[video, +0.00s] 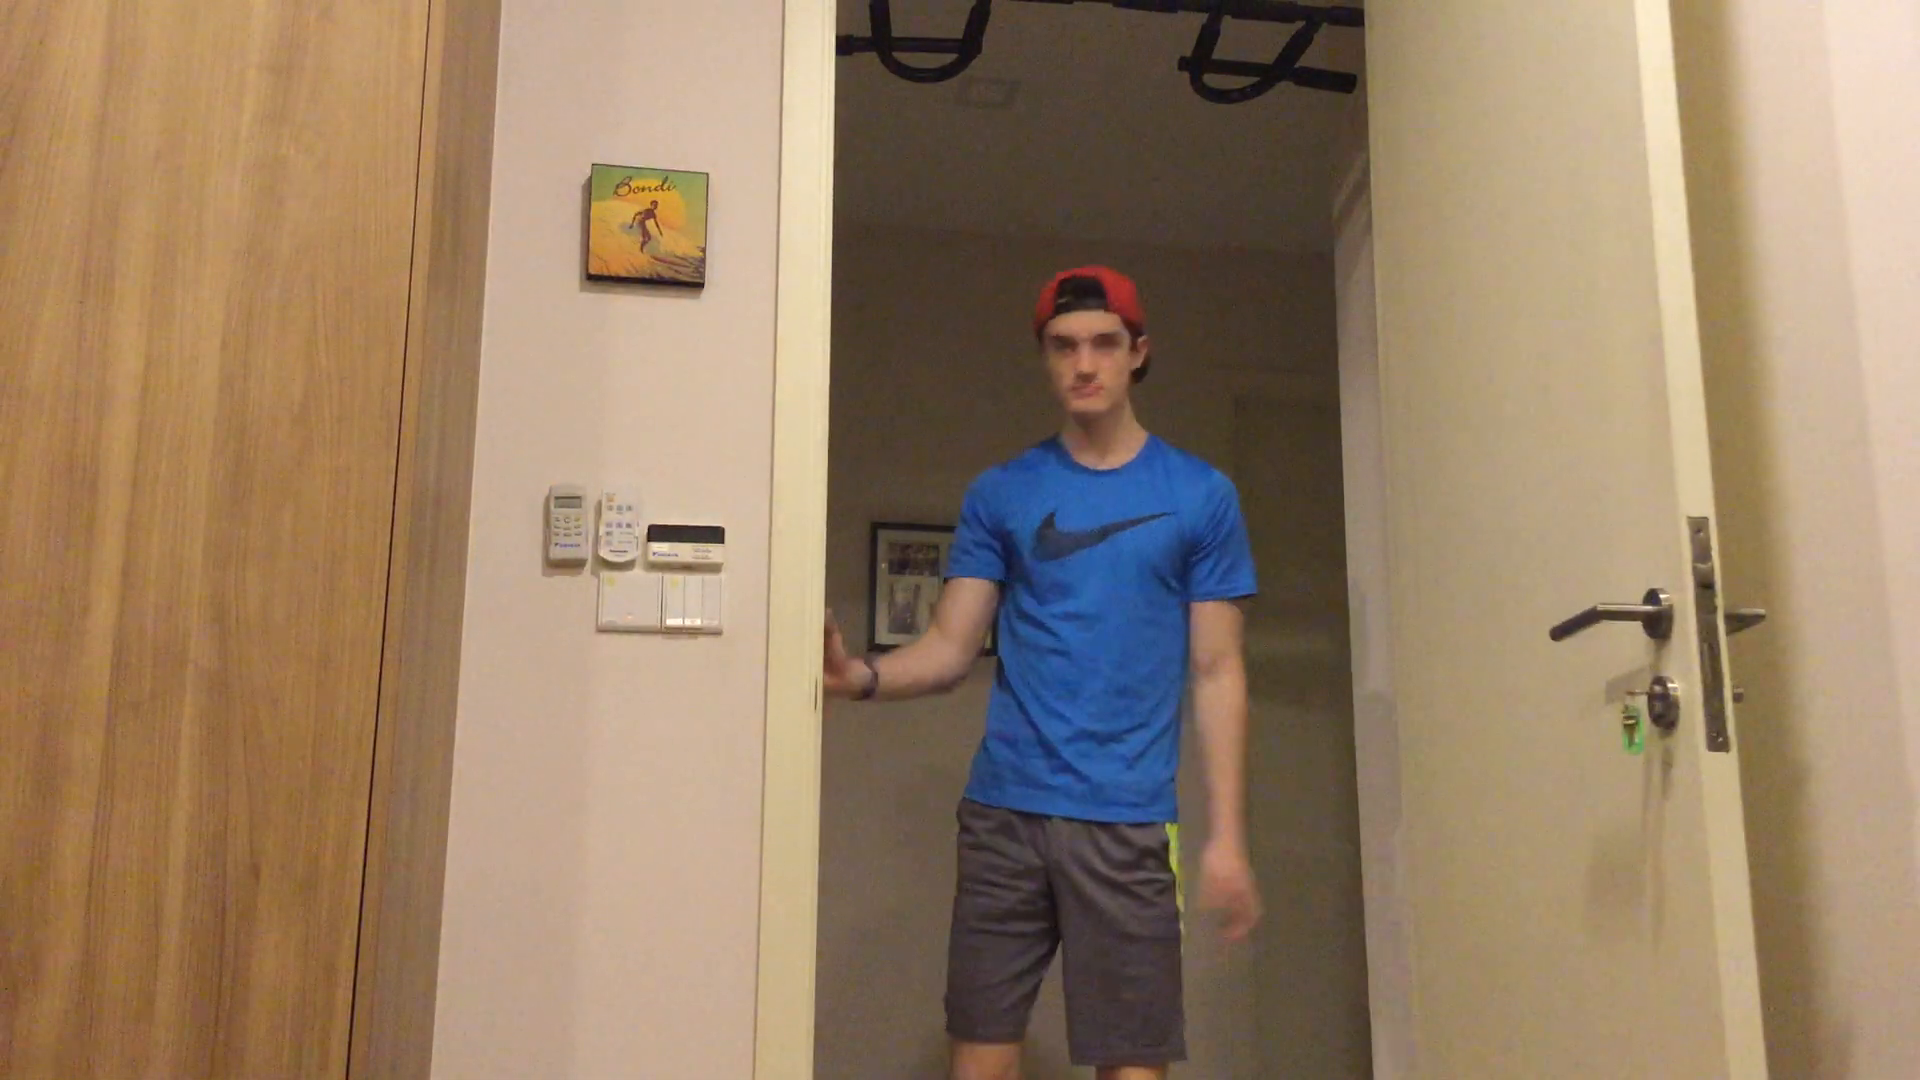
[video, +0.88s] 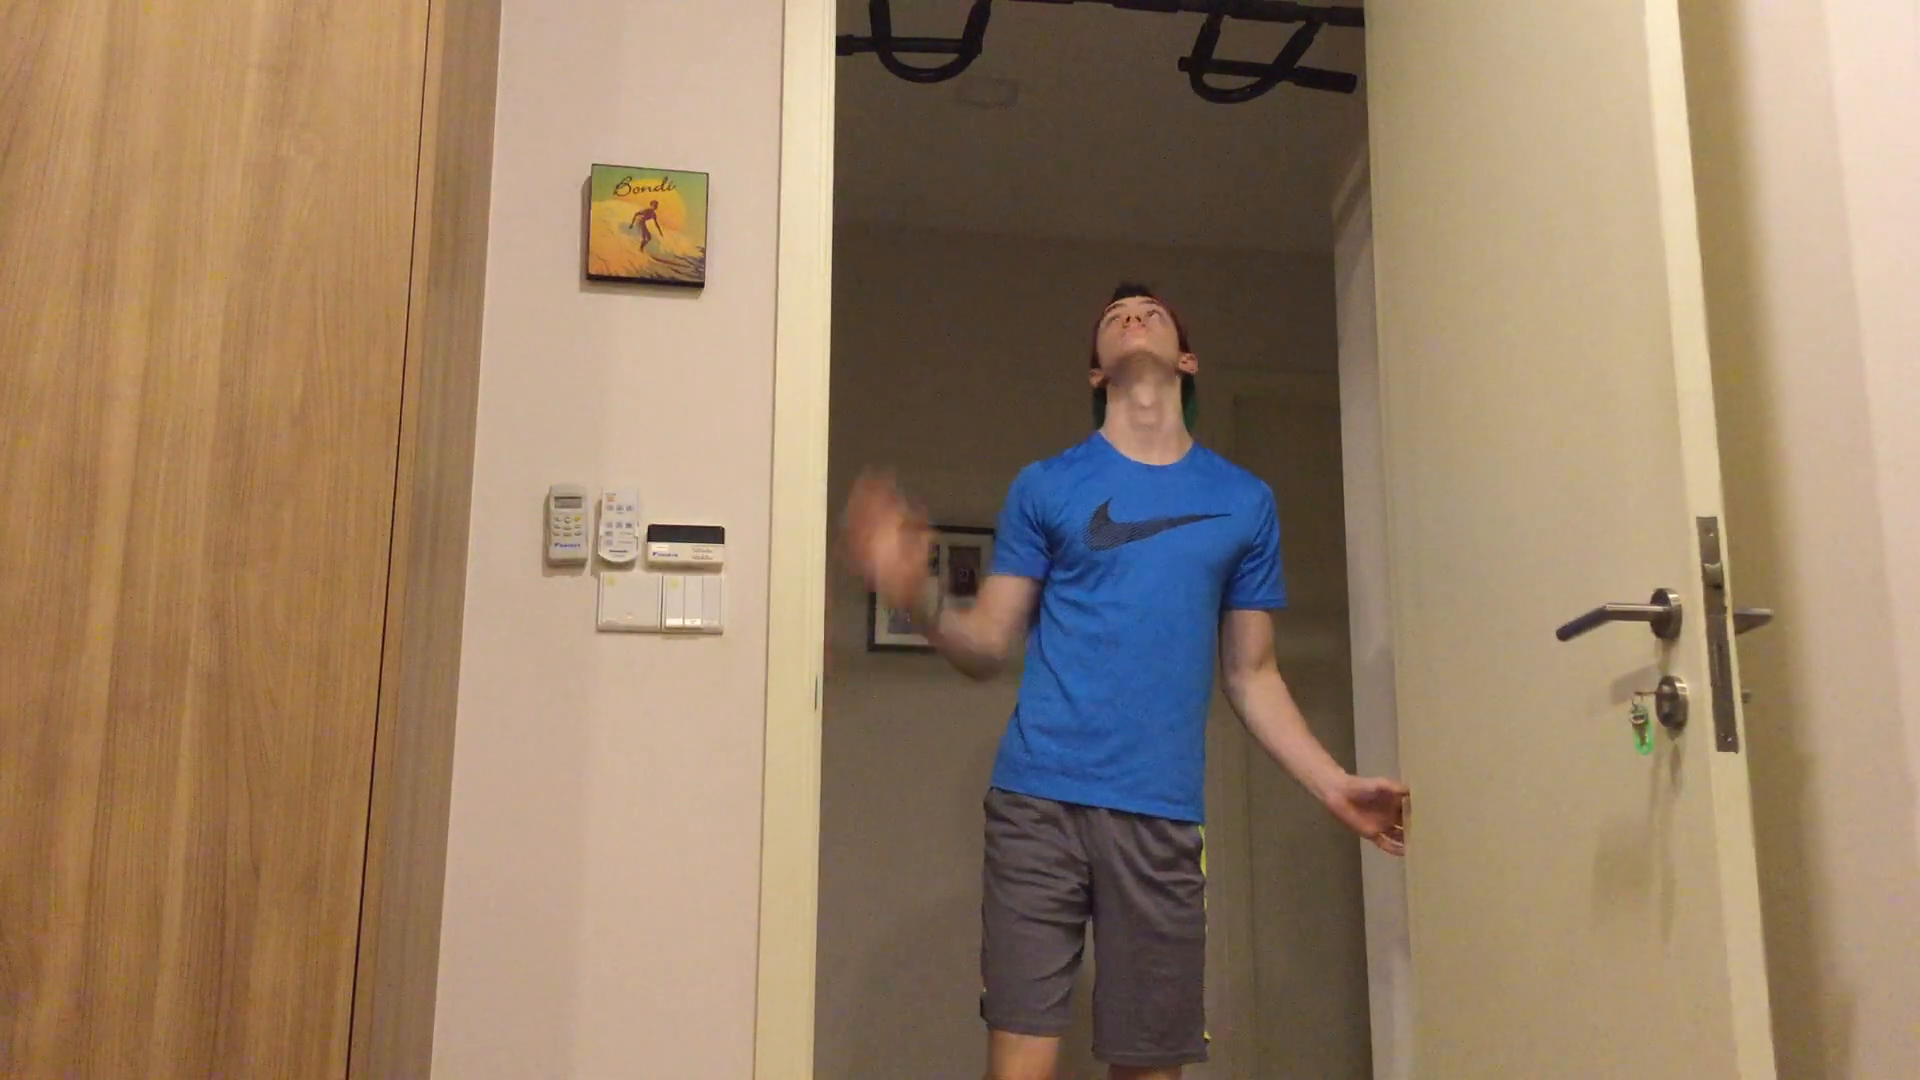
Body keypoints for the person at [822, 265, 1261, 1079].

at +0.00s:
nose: (1082, 363)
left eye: (1101, 344)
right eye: (1063, 346)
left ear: (1137, 355)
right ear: (1043, 362)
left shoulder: (1200, 497)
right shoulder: (1001, 494)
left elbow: (1217, 672)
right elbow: (949, 647)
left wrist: (1225, 838)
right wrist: (859, 675)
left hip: (1127, 823)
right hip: (1004, 811)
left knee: (1130, 1060)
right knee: (981, 1045)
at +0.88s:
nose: (1132, 314)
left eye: (1151, 313)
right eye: (1113, 317)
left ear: (1189, 364)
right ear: (1096, 375)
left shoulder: (1244, 500)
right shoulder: (1045, 487)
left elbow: (1253, 671)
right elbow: (989, 642)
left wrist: (1334, 785)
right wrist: (916, 599)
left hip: (1160, 815)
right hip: (1036, 802)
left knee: (1151, 1062)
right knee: (1023, 1056)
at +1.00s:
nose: (1126, 318)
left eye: (1147, 315)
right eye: (1110, 321)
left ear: (1186, 365)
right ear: (1096, 382)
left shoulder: (1243, 499)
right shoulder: (1048, 479)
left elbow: (1257, 669)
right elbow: (943, 587)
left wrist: (1337, 784)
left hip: (1167, 814)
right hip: (1042, 802)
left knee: (1156, 1063)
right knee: (1035, 1057)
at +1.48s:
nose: (1110, 323)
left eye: (1129, 321)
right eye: (1095, 326)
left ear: (1167, 375)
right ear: (1075, 374)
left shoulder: (1213, 514)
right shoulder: (1038, 434)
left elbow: (1229, 680)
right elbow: (960, 283)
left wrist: (1333, 778)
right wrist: (940, 123)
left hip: (1156, 786)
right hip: (1039, 770)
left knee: (1150, 1058)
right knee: (1066, 1046)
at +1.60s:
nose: (1091, 321)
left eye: (1110, 318)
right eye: (1078, 324)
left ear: (1151, 369)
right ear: (1062, 372)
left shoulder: (1202, 512)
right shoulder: (1026, 435)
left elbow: (1220, 673)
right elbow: (955, 272)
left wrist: (1324, 767)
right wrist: (937, 114)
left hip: (1146, 781)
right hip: (1031, 766)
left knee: (1143, 1056)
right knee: (1055, 1046)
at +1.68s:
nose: (1079, 319)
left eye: (1098, 316)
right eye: (1065, 320)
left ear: (1137, 364)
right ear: (1044, 367)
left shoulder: (1191, 507)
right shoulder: (1013, 434)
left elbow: (1215, 671)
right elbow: (942, 280)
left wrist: (1316, 762)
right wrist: (933, 116)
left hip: (1138, 780)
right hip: (1024, 765)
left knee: (1136, 1057)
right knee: (1041, 1049)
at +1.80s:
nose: (1061, 313)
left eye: (1080, 311)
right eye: (1047, 314)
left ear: (1116, 357)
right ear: (1024, 361)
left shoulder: (1171, 492)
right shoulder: (992, 430)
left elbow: (1203, 651)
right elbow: (921, 265)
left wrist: (1294, 750)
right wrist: (927, 109)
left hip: (1121, 767)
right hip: (1007, 754)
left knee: (1122, 1046)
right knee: (1015, 1036)